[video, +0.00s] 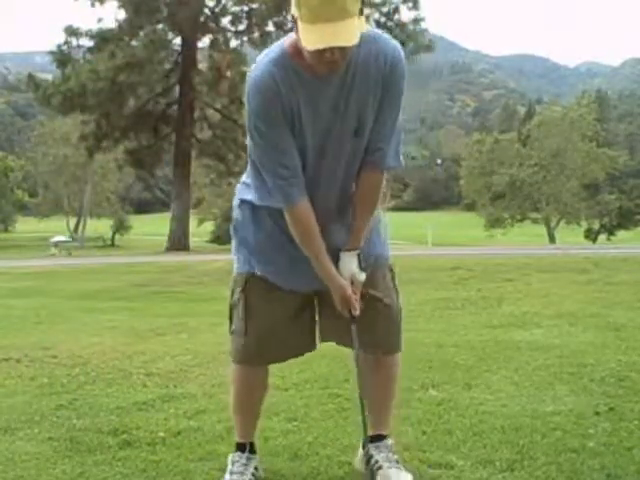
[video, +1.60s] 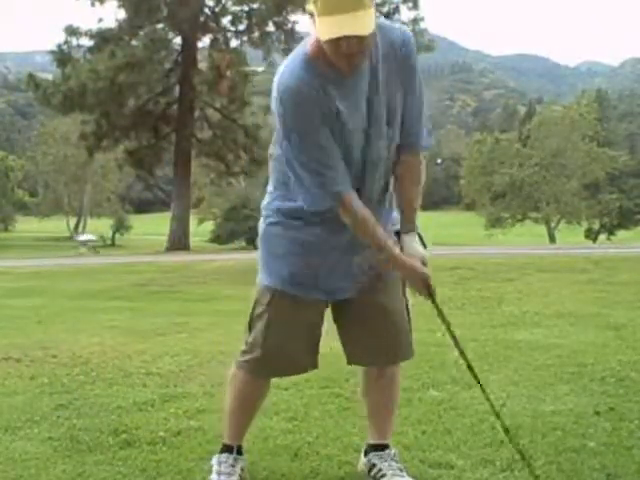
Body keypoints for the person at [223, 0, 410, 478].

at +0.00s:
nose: (329, 53)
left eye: (340, 41)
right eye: (317, 43)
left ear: (358, 23)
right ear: (295, 23)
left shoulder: (385, 59)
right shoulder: (268, 79)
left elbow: (376, 161)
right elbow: (288, 192)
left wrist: (353, 250)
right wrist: (330, 273)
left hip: (356, 221)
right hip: (274, 222)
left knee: (382, 328)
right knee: (251, 340)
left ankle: (379, 446)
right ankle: (243, 453)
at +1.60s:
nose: (351, 48)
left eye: (359, 36)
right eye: (338, 39)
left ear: (374, 19)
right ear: (315, 26)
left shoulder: (397, 46)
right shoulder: (296, 84)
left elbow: (409, 148)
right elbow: (341, 195)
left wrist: (410, 232)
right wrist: (399, 259)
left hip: (372, 223)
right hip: (299, 227)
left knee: (386, 341)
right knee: (265, 347)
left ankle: (379, 452)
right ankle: (229, 455)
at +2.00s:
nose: (307, 37)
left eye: (318, 24)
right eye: (294, 27)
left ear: (336, 10)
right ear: (277, 18)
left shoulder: (365, 32)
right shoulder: (264, 81)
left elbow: (394, 128)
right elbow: (317, 186)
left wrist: (398, 208)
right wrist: (382, 249)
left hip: (346, 217)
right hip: (269, 221)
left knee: (369, 339)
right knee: (241, 348)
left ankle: (378, 455)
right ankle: (226, 457)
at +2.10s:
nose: (292, 31)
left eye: (303, 19)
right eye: (281, 21)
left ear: (322, 10)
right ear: (264, 16)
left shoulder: (357, 39)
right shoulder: (240, 73)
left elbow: (362, 145)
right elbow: (257, 180)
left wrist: (333, 236)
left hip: (340, 216)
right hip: (257, 217)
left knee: (366, 338)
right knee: (236, 344)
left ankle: (376, 453)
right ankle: (226, 457)